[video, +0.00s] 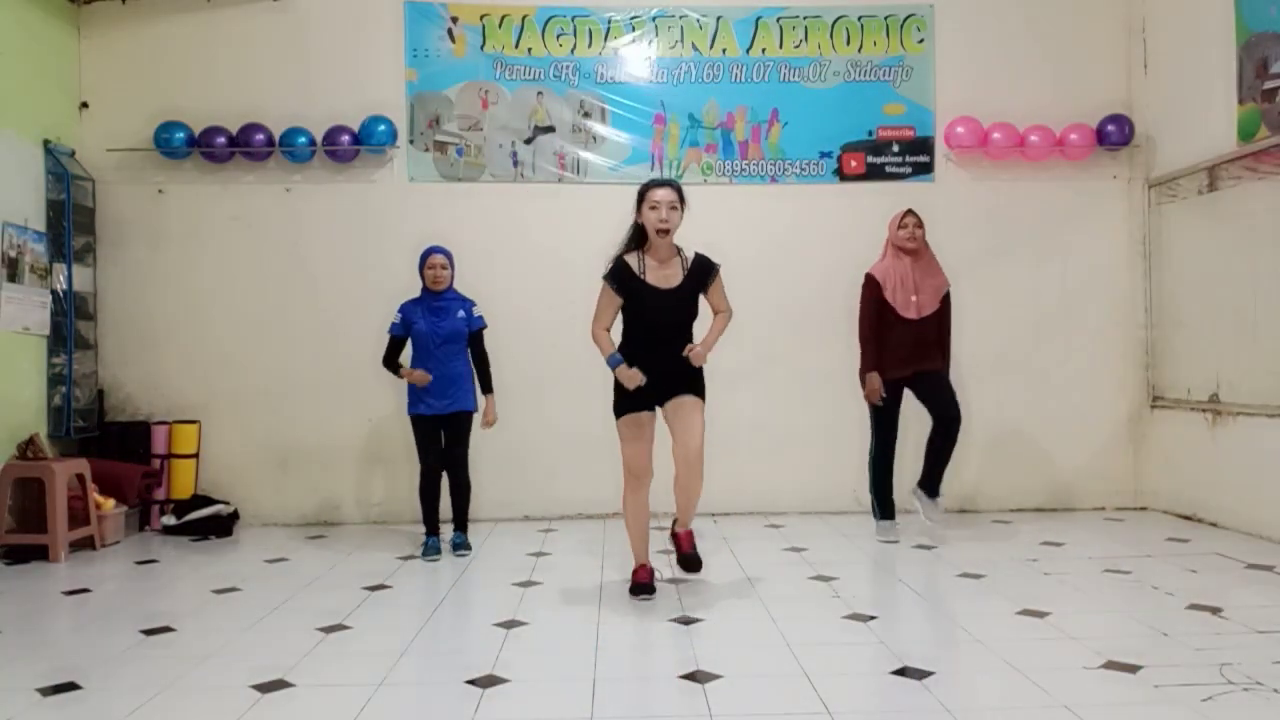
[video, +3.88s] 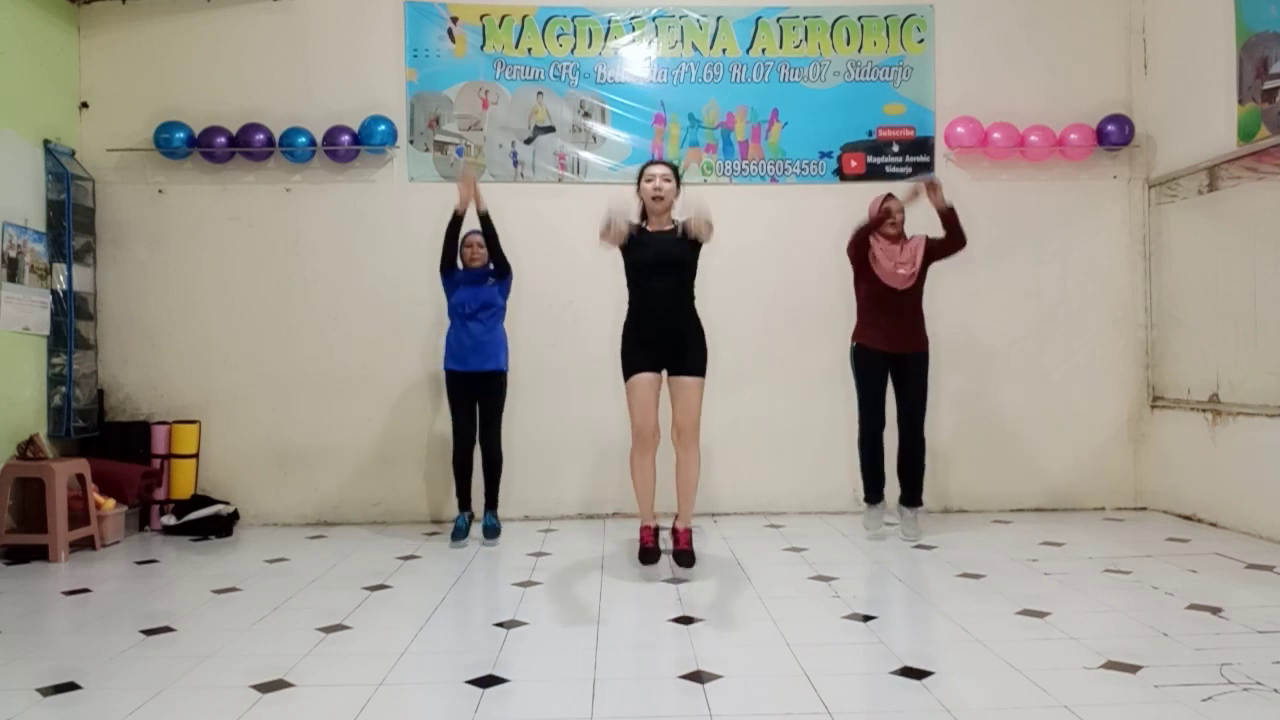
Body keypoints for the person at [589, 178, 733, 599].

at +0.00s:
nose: (664, 215)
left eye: (672, 208)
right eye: (654, 207)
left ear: (681, 215)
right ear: (640, 214)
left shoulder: (699, 267)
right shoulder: (625, 269)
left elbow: (723, 311)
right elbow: (599, 328)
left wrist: (705, 346)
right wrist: (619, 367)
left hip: (681, 371)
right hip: (635, 373)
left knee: (692, 457)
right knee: (638, 473)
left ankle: (683, 529)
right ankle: (641, 564)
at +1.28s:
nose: (647, 215)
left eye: (654, 210)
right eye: (638, 210)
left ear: (665, 223)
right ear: (627, 225)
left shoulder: (685, 272)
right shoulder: (616, 274)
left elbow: (705, 327)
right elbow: (606, 323)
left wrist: (689, 367)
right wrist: (609, 345)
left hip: (674, 375)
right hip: (629, 375)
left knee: (678, 466)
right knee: (632, 468)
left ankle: (668, 549)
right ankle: (632, 547)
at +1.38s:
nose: (647, 214)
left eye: (654, 210)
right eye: (639, 210)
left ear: (665, 223)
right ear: (627, 226)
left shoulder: (686, 272)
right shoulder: (619, 272)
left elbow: (707, 325)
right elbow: (605, 313)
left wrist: (691, 366)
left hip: (671, 372)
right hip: (628, 373)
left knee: (678, 451)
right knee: (630, 464)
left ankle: (669, 530)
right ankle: (631, 546)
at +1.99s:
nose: (655, 219)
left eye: (662, 213)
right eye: (647, 214)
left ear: (674, 225)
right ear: (637, 227)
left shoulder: (692, 273)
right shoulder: (627, 268)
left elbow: (697, 328)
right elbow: (622, 273)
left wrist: (675, 331)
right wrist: (641, 245)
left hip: (679, 371)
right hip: (636, 372)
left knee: (688, 464)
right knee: (642, 464)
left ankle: (675, 542)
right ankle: (644, 546)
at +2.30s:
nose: (655, 219)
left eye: (662, 214)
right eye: (648, 215)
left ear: (674, 225)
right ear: (637, 227)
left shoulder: (690, 272)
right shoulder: (628, 269)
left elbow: (722, 259)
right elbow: (620, 277)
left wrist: (673, 259)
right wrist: (640, 250)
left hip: (682, 373)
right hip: (638, 373)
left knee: (682, 467)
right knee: (637, 465)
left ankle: (678, 547)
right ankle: (646, 544)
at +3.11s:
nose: (658, 217)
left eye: (667, 212)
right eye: (651, 212)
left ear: (677, 224)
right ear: (640, 225)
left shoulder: (692, 266)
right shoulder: (629, 268)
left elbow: (704, 235)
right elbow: (621, 252)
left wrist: (684, 198)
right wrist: (637, 214)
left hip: (685, 372)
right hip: (640, 372)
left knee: (684, 465)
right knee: (642, 466)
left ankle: (679, 549)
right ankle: (642, 546)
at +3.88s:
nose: (657, 185)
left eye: (665, 180)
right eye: (650, 180)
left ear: (676, 191)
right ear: (639, 191)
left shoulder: (689, 231)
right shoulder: (631, 232)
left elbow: (701, 229)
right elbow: (615, 233)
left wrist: (699, 225)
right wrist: (613, 227)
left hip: (686, 339)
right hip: (641, 339)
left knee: (686, 435)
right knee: (644, 436)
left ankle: (683, 528)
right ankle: (648, 527)